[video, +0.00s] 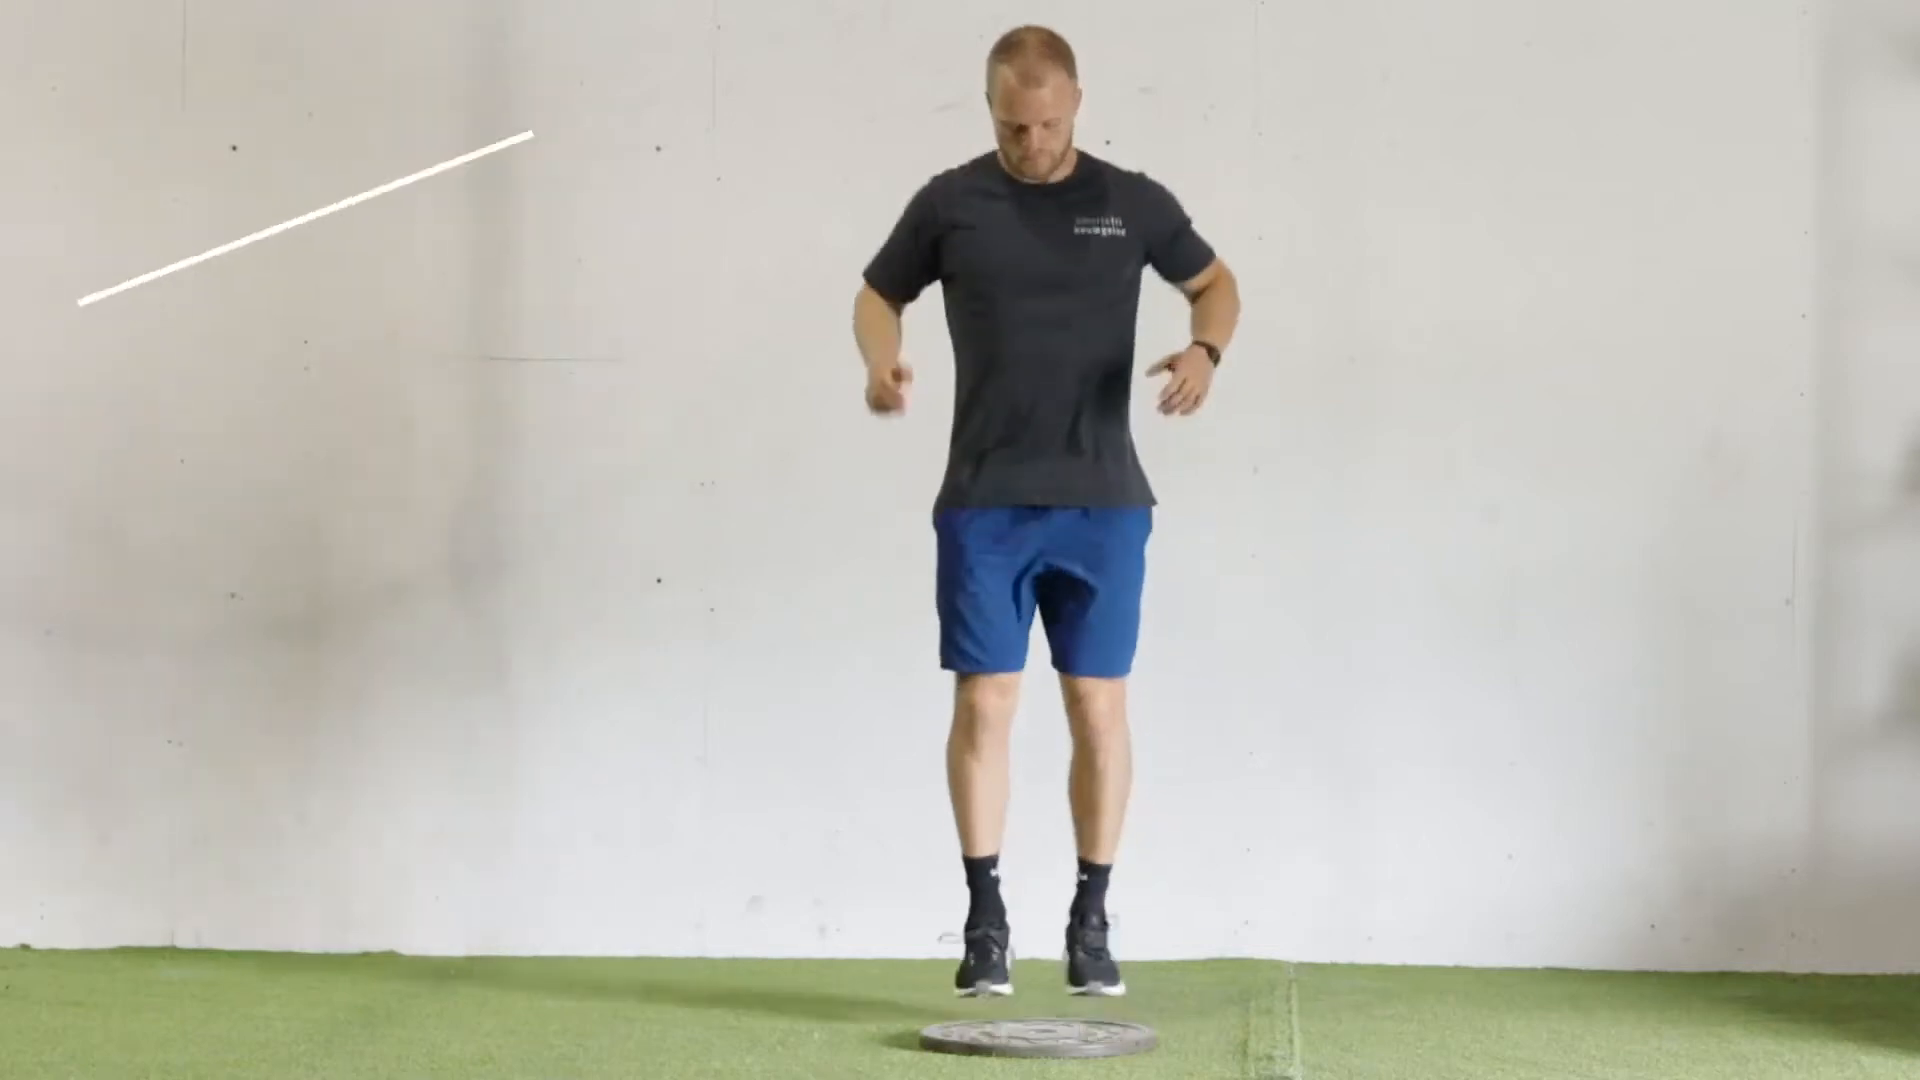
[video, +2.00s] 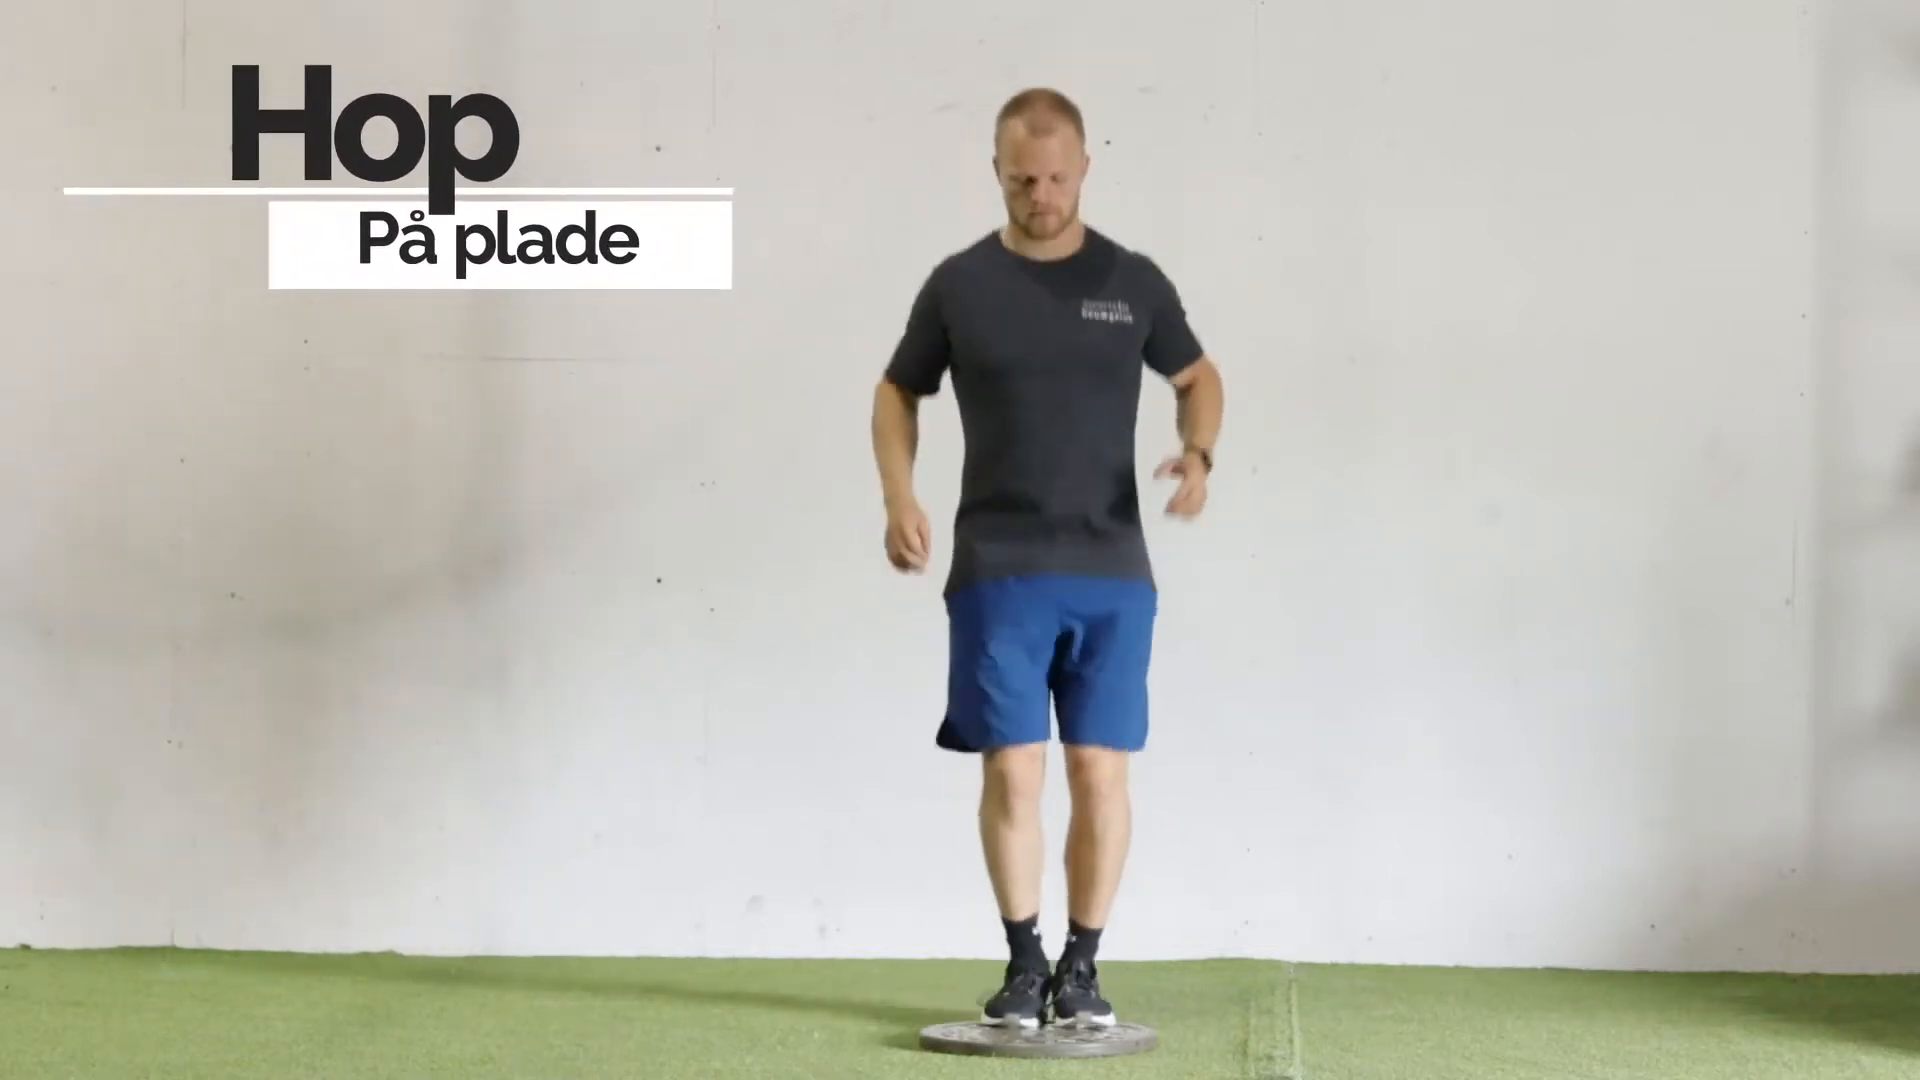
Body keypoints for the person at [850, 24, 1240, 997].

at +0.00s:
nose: (1035, 143)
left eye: (1050, 125)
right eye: (1017, 127)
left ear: (1077, 105)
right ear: (991, 112)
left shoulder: (1131, 201)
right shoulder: (950, 201)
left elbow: (1214, 283)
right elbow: (879, 294)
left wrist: (1204, 350)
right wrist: (882, 359)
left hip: (1101, 496)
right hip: (984, 497)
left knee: (1098, 710)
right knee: (984, 706)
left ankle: (1091, 919)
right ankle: (985, 920)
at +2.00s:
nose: (1041, 194)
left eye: (1057, 176)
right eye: (1023, 177)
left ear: (1084, 169)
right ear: (999, 173)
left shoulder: (1134, 281)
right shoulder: (957, 285)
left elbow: (1198, 378)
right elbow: (898, 394)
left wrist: (1198, 450)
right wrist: (899, 497)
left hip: (1112, 563)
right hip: (1001, 562)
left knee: (1099, 766)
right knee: (1014, 767)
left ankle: (1080, 970)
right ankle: (1027, 969)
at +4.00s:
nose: (1035, 130)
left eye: (1052, 112)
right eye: (1019, 113)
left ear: (1083, 105)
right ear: (997, 108)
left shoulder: (1135, 209)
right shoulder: (956, 210)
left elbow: (1195, 305)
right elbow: (897, 305)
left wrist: (1170, 392)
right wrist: (907, 415)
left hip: (1108, 504)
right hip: (990, 504)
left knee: (1100, 716)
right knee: (987, 713)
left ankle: (1079, 936)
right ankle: (987, 937)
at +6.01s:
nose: (1045, 100)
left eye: (1062, 83)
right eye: (1028, 82)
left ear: (1090, 74)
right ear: (1004, 75)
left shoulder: (1142, 181)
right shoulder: (962, 177)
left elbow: (1206, 274)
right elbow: (905, 271)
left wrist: (1175, 348)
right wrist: (931, 356)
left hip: (1112, 470)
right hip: (996, 469)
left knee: (1108, 682)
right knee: (994, 680)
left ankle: (1089, 900)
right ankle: (998, 899)